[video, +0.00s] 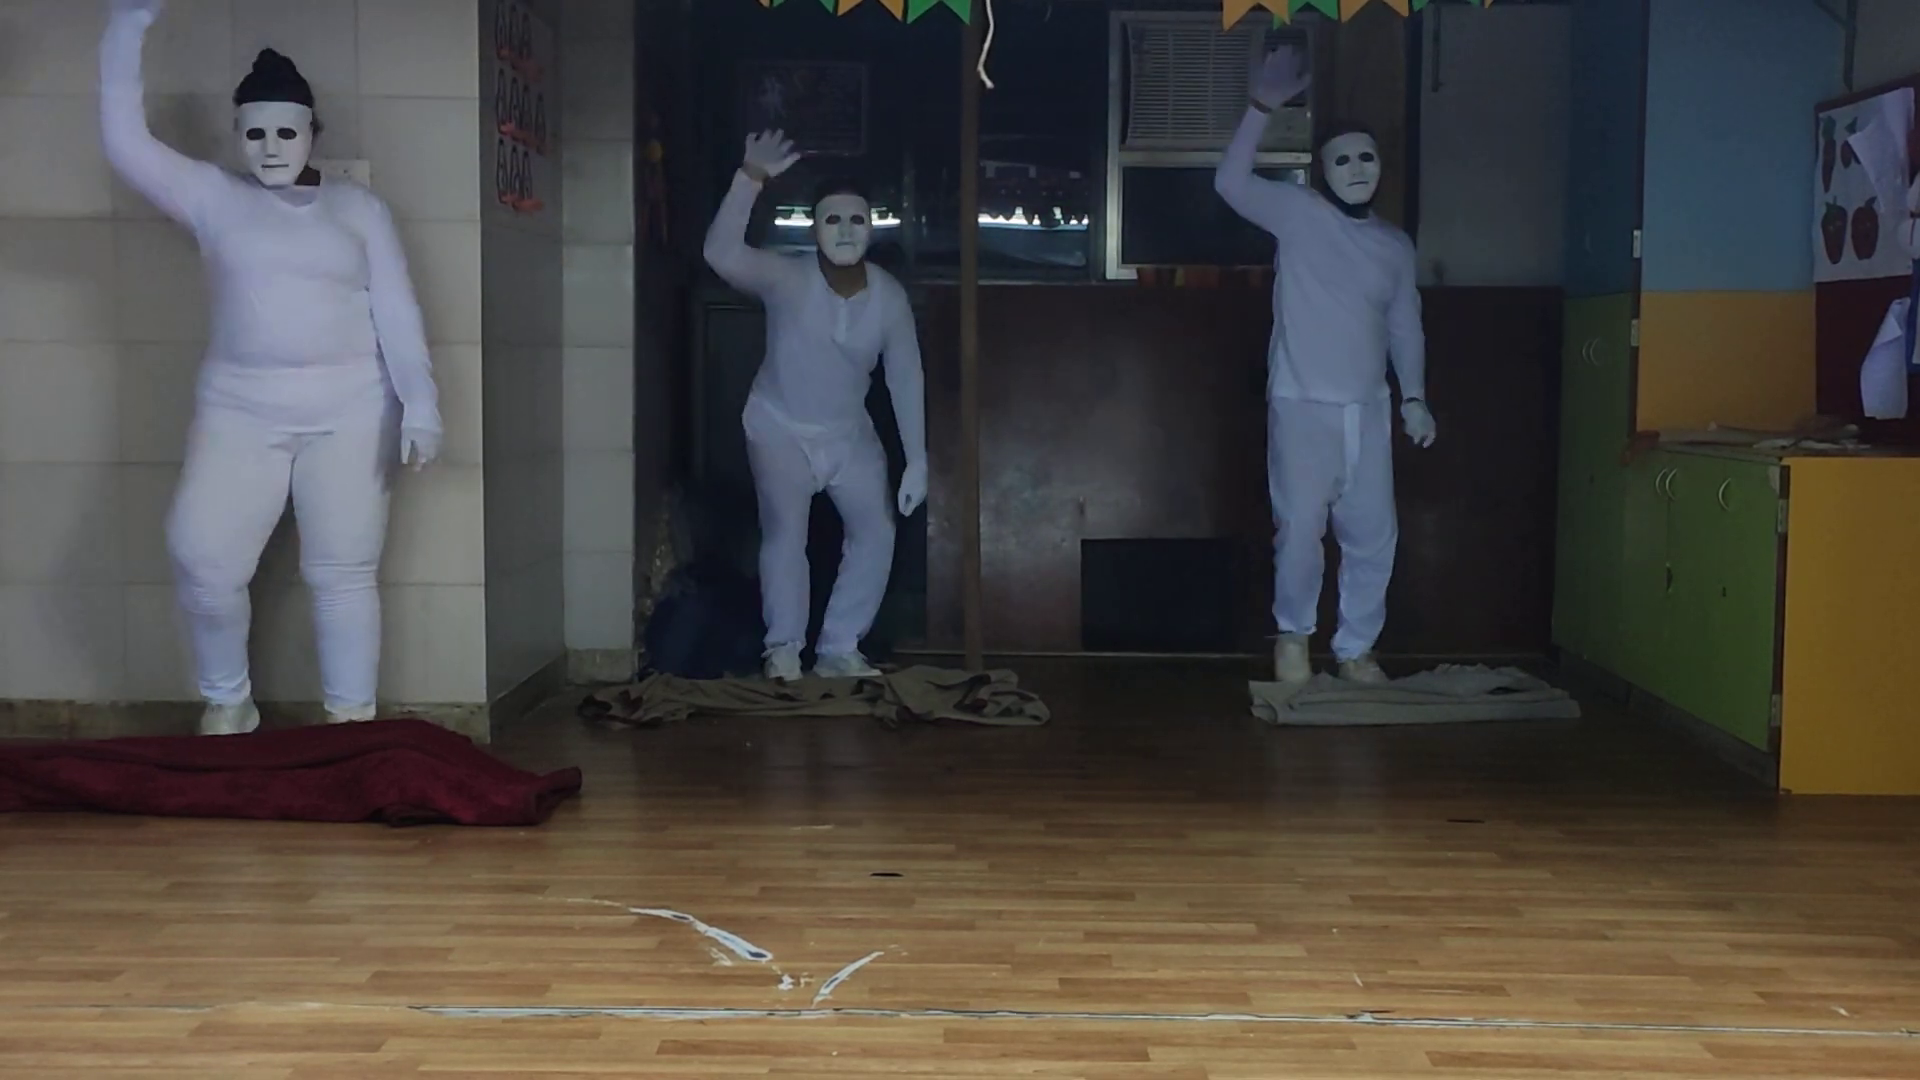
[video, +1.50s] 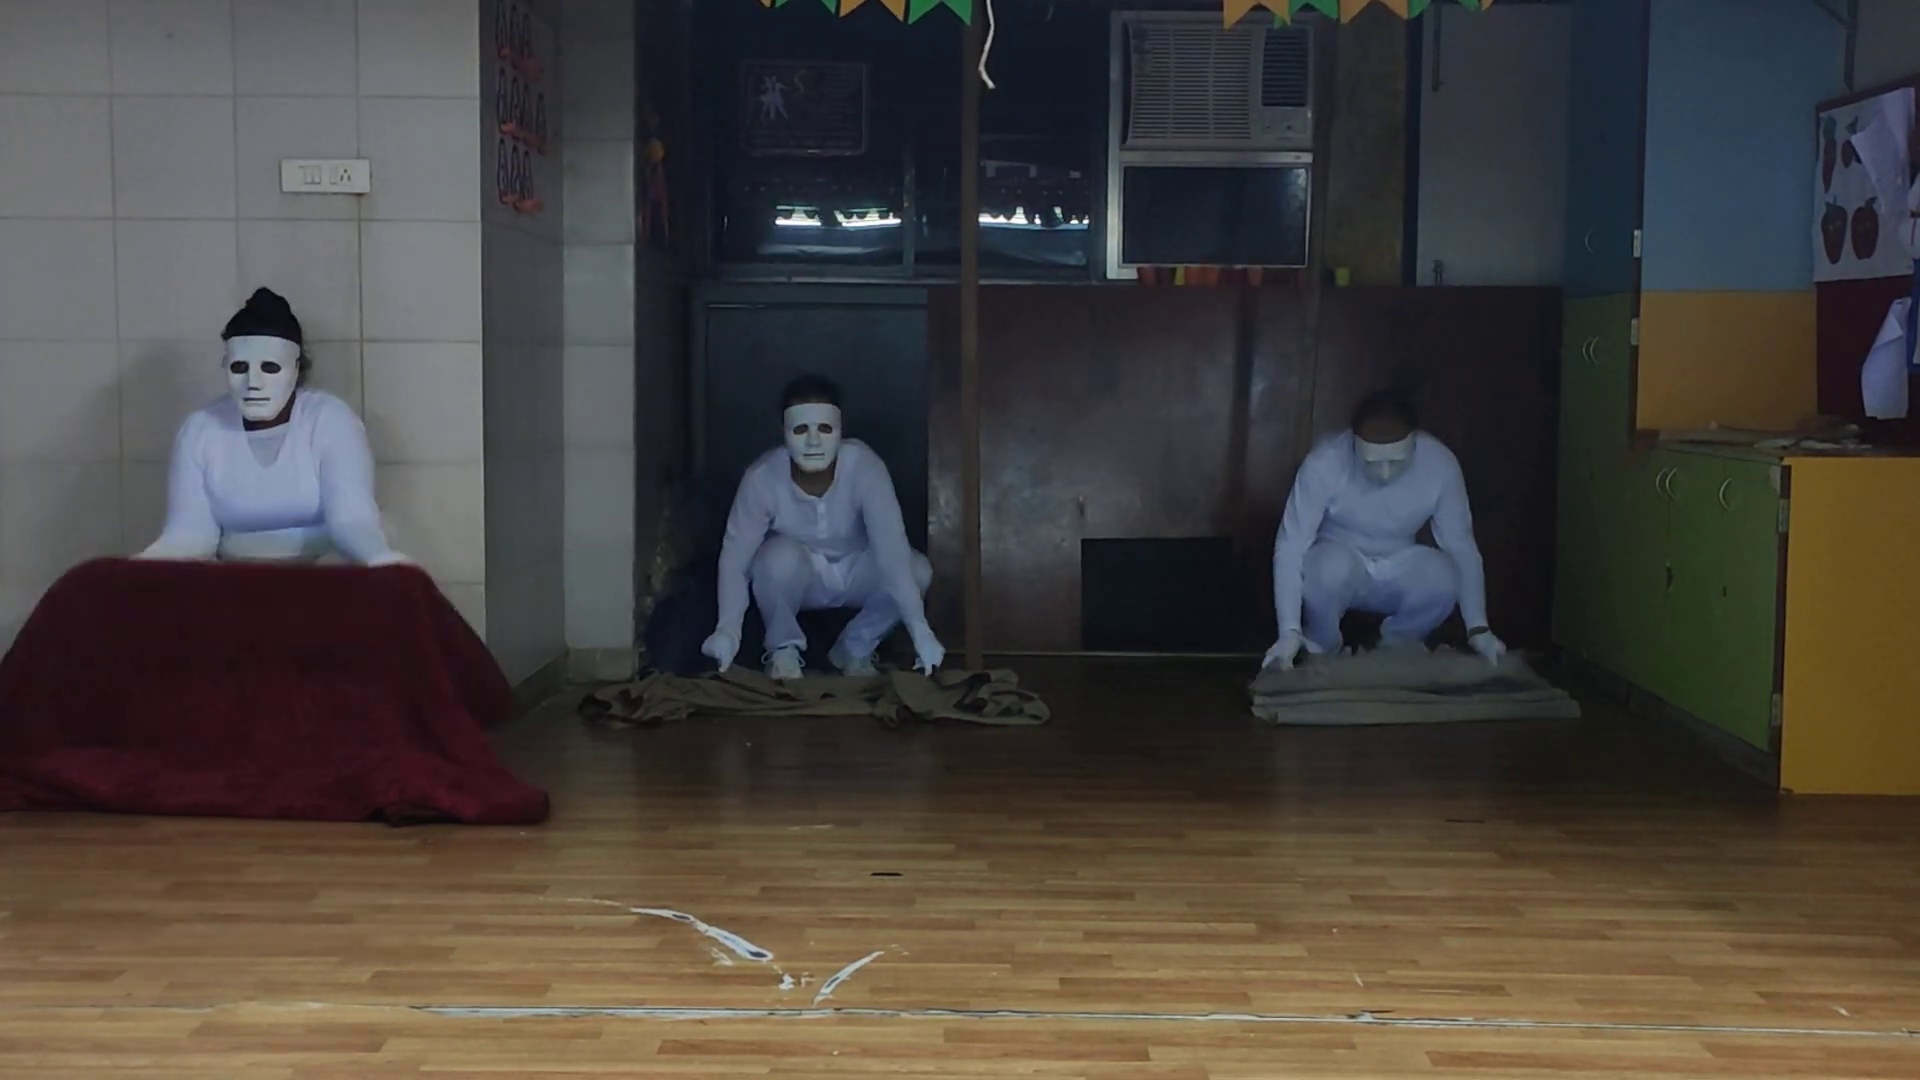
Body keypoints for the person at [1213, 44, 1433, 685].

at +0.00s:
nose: (1358, 170)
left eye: (1366, 160)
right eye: (1344, 162)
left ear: (1379, 169)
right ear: (1322, 171)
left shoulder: (1395, 247)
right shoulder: (1297, 213)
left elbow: (1406, 329)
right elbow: (1232, 182)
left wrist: (1414, 398)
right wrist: (1260, 108)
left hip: (1369, 408)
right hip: (1303, 404)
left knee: (1372, 533)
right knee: (1301, 526)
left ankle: (1357, 651)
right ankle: (1293, 638)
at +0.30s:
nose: (1376, 215)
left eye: (1387, 203)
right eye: (1363, 205)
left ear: (1402, 209)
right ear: (1343, 212)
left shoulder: (1416, 280)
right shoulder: (1316, 254)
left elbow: (1425, 363)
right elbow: (1247, 279)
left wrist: (1437, 438)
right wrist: (1289, 225)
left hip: (1376, 424)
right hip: (1311, 422)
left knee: (1396, 543)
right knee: (1325, 540)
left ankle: (1372, 649)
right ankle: (1320, 656)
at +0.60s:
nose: (1390, 343)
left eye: (1402, 332)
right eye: (1379, 332)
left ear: (1417, 319)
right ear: (1360, 318)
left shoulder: (1437, 352)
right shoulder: (1331, 340)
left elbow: (1449, 438)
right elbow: (1261, 413)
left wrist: (1459, 526)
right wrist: (1305, 406)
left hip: (1391, 472)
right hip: (1322, 469)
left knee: (1423, 562)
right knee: (1331, 548)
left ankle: (1376, 652)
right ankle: (1324, 656)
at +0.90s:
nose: (1397, 439)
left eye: (1407, 429)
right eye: (1386, 430)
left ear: (1423, 410)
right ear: (1366, 409)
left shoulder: (1446, 429)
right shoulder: (1333, 419)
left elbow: (1462, 514)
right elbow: (1287, 501)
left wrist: (1472, 604)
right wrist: (1285, 582)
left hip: (1397, 519)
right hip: (1335, 513)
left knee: (1436, 569)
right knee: (1333, 562)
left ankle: (1382, 652)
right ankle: (1328, 654)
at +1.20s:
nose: (1390, 484)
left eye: (1401, 474)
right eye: (1378, 474)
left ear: (1417, 454)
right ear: (1359, 453)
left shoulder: (1443, 475)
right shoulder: (1328, 470)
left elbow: (1467, 559)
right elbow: (1290, 558)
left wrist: (1482, 645)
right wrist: (1290, 645)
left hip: (1402, 576)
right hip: (1342, 573)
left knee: (1439, 582)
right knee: (1331, 571)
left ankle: (1385, 651)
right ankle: (1328, 654)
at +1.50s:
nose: (1384, 472)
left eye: (1395, 461)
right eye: (1373, 462)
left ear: (1412, 444)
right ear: (1355, 445)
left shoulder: (1439, 466)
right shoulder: (1325, 464)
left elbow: (1462, 547)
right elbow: (1289, 547)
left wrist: (1478, 630)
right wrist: (1288, 632)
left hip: (1402, 570)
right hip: (1341, 566)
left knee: (1441, 578)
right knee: (1327, 568)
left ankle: (1398, 647)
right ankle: (1322, 649)